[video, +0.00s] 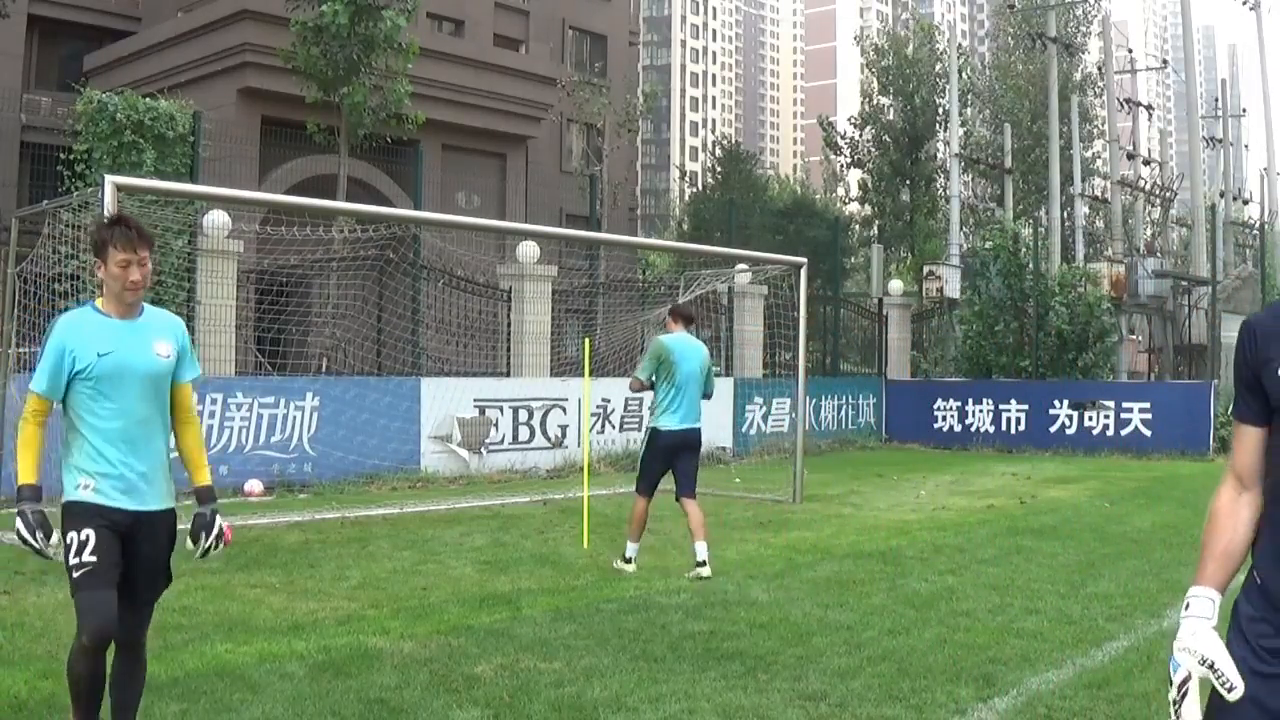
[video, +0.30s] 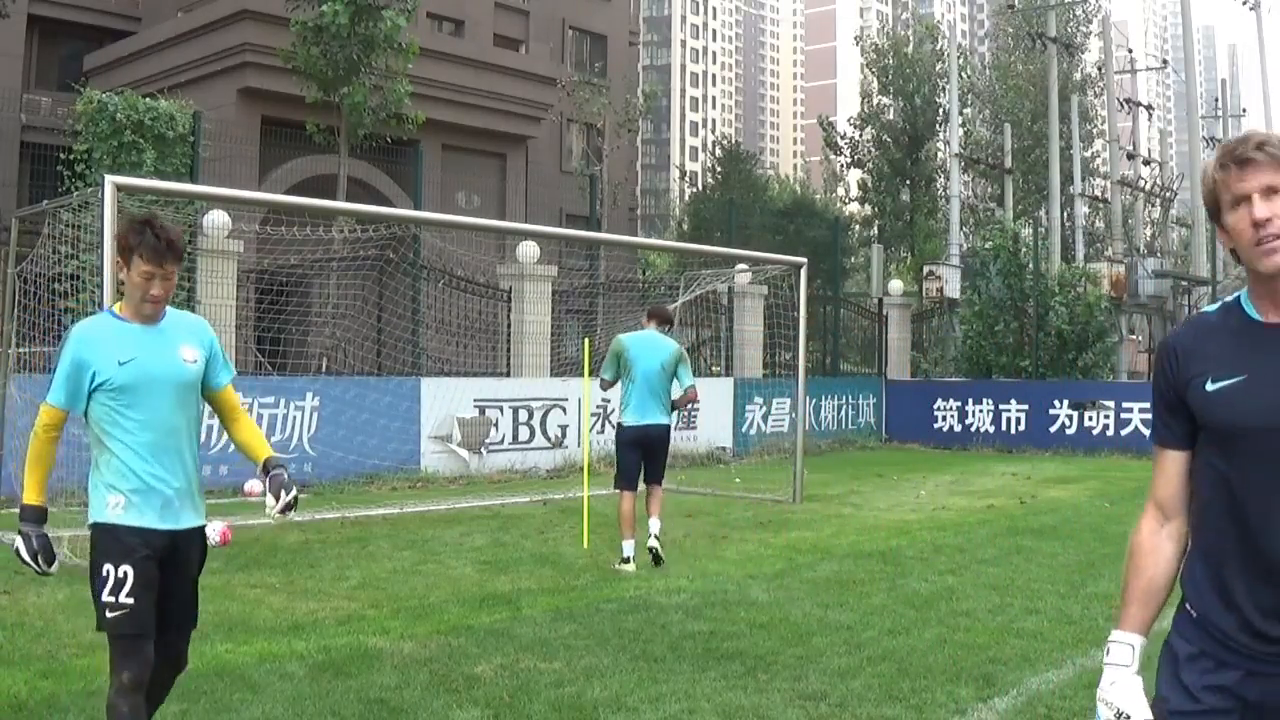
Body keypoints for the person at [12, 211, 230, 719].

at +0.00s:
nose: (137, 274)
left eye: (143, 263)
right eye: (125, 265)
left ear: (152, 266)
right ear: (101, 269)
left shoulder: (171, 329)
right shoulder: (71, 328)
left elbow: (187, 417)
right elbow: (34, 415)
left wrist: (205, 495)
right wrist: (28, 496)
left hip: (154, 509)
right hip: (90, 505)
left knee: (133, 637)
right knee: (97, 629)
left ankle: (123, 718)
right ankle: (84, 717)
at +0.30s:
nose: (159, 288)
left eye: (168, 277)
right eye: (149, 276)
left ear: (178, 274)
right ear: (122, 269)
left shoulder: (196, 332)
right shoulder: (87, 338)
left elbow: (231, 409)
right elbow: (47, 428)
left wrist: (270, 464)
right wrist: (32, 514)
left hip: (185, 526)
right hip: (122, 526)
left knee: (171, 661)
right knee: (132, 671)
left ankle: (130, 714)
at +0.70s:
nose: (236, 291)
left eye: (250, 281)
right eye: (229, 274)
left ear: (262, 278)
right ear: (204, 254)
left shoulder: (253, 325)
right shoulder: (163, 318)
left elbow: (229, 416)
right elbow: (153, 415)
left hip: (245, 532)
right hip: (177, 537)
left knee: (299, 676)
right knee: (158, 690)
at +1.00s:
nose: (328, 278)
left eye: (343, 268)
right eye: (319, 261)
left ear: (361, 265)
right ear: (297, 246)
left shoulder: (358, 320)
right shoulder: (278, 300)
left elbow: (343, 423)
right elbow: (404, 308)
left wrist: (379, 479)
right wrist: (448, 319)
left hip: (361, 546)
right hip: (295, 542)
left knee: (351, 708)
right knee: (282, 706)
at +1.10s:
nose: (365, 279)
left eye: (379, 269)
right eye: (353, 263)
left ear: (393, 265)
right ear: (325, 248)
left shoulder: (384, 324)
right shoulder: (305, 295)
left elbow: (383, 412)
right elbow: (419, 313)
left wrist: (420, 470)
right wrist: (471, 317)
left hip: (385, 538)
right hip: (324, 536)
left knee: (369, 701)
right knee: (342, 703)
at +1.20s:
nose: (416, 283)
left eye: (429, 273)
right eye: (406, 266)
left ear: (439, 270)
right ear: (373, 251)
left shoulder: (426, 321)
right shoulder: (342, 303)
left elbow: (432, 418)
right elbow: (429, 367)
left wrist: (471, 472)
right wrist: (508, 365)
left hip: (417, 538)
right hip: (364, 538)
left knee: (379, 701)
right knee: (433, 700)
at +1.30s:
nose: (457, 282)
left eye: (468, 270)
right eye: (447, 265)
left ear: (474, 270)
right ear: (409, 252)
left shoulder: (452, 327)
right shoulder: (372, 315)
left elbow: (453, 428)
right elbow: (414, 417)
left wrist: (504, 475)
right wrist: (510, 422)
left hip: (441, 542)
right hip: (394, 546)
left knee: (394, 706)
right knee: (480, 703)